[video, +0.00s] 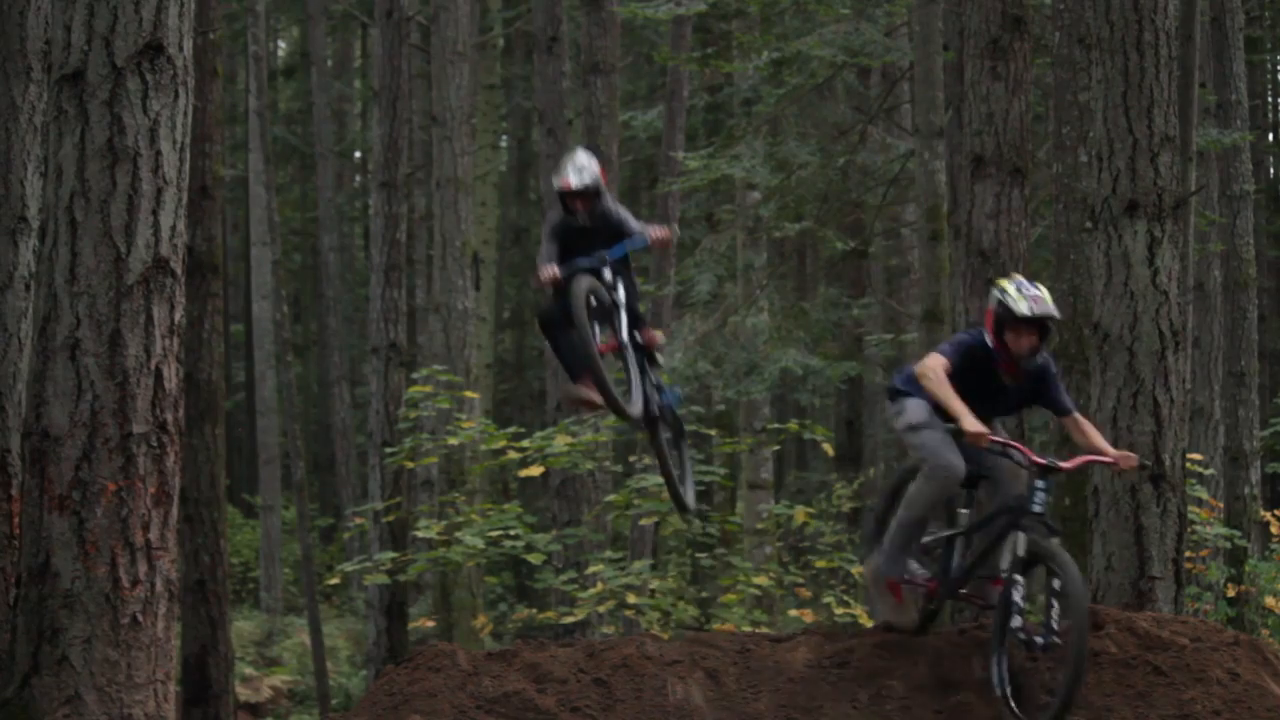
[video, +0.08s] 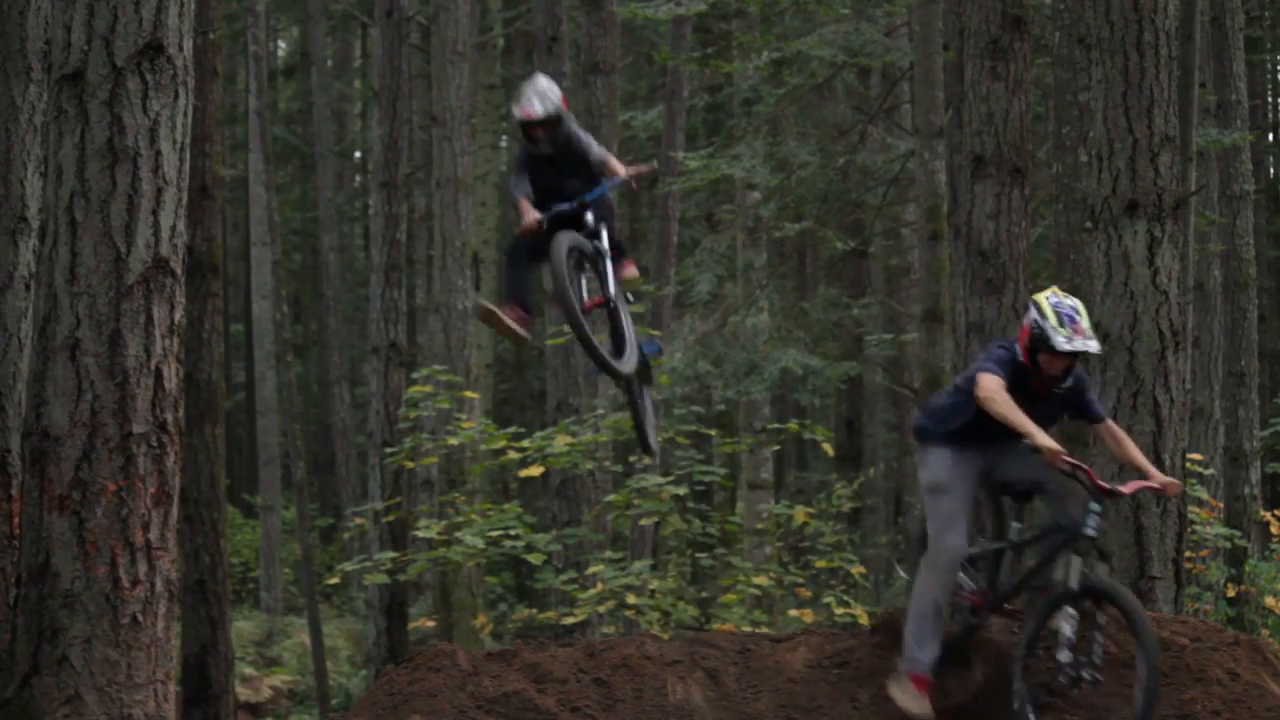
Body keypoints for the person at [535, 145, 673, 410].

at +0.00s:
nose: (579, 205)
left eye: (585, 197)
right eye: (571, 198)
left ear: (598, 191)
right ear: (562, 196)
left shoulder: (607, 208)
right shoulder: (557, 219)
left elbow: (631, 226)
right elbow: (548, 245)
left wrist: (650, 233)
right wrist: (547, 266)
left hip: (611, 275)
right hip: (575, 282)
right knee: (550, 319)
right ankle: (586, 384)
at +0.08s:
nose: (539, 134)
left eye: (546, 125)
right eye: (531, 128)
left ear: (559, 119)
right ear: (522, 127)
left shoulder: (571, 136)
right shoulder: (526, 153)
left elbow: (598, 155)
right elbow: (519, 186)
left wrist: (621, 171)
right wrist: (527, 212)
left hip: (586, 207)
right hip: (551, 216)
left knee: (601, 212)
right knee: (519, 249)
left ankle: (620, 261)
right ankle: (519, 311)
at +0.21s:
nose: (495, 75)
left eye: (501, 65)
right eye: (486, 68)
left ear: (515, 58)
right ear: (479, 69)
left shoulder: (535, 76)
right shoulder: (491, 96)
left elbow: (575, 101)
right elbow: (495, 141)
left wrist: (606, 130)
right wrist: (525, 167)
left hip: (573, 156)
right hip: (537, 167)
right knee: (481, 200)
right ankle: (454, 276)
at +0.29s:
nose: (452, 33)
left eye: (458, 25)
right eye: (445, 27)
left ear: (473, 20)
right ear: (440, 28)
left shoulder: (505, 35)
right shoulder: (452, 58)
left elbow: (556, 57)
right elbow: (432, 110)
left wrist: (601, 72)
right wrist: (441, 96)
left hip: (543, 121)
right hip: (505, 134)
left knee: (472, 96)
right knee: (436, 158)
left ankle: (532, 154)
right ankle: (440, 254)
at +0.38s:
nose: (434, 19)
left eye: (438, 11)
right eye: (427, 14)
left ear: (452, 4)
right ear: (421, 16)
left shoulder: (485, 15)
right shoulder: (430, 42)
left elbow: (543, 33)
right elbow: (396, 70)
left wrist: (603, 30)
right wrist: (378, 72)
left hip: (516, 109)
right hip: (482, 126)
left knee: (441, 87)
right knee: (407, 145)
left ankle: (497, 155)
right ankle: (450, 227)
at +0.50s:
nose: (390, 16)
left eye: (395, 9)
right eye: (383, 11)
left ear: (407, 3)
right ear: (377, 9)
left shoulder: (435, 14)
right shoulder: (378, 24)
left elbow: (487, 10)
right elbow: (336, 33)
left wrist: (514, 4)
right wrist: (291, 56)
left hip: (456, 113)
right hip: (431, 130)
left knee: (384, 125)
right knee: (354, 158)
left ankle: (423, 203)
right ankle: (445, 190)